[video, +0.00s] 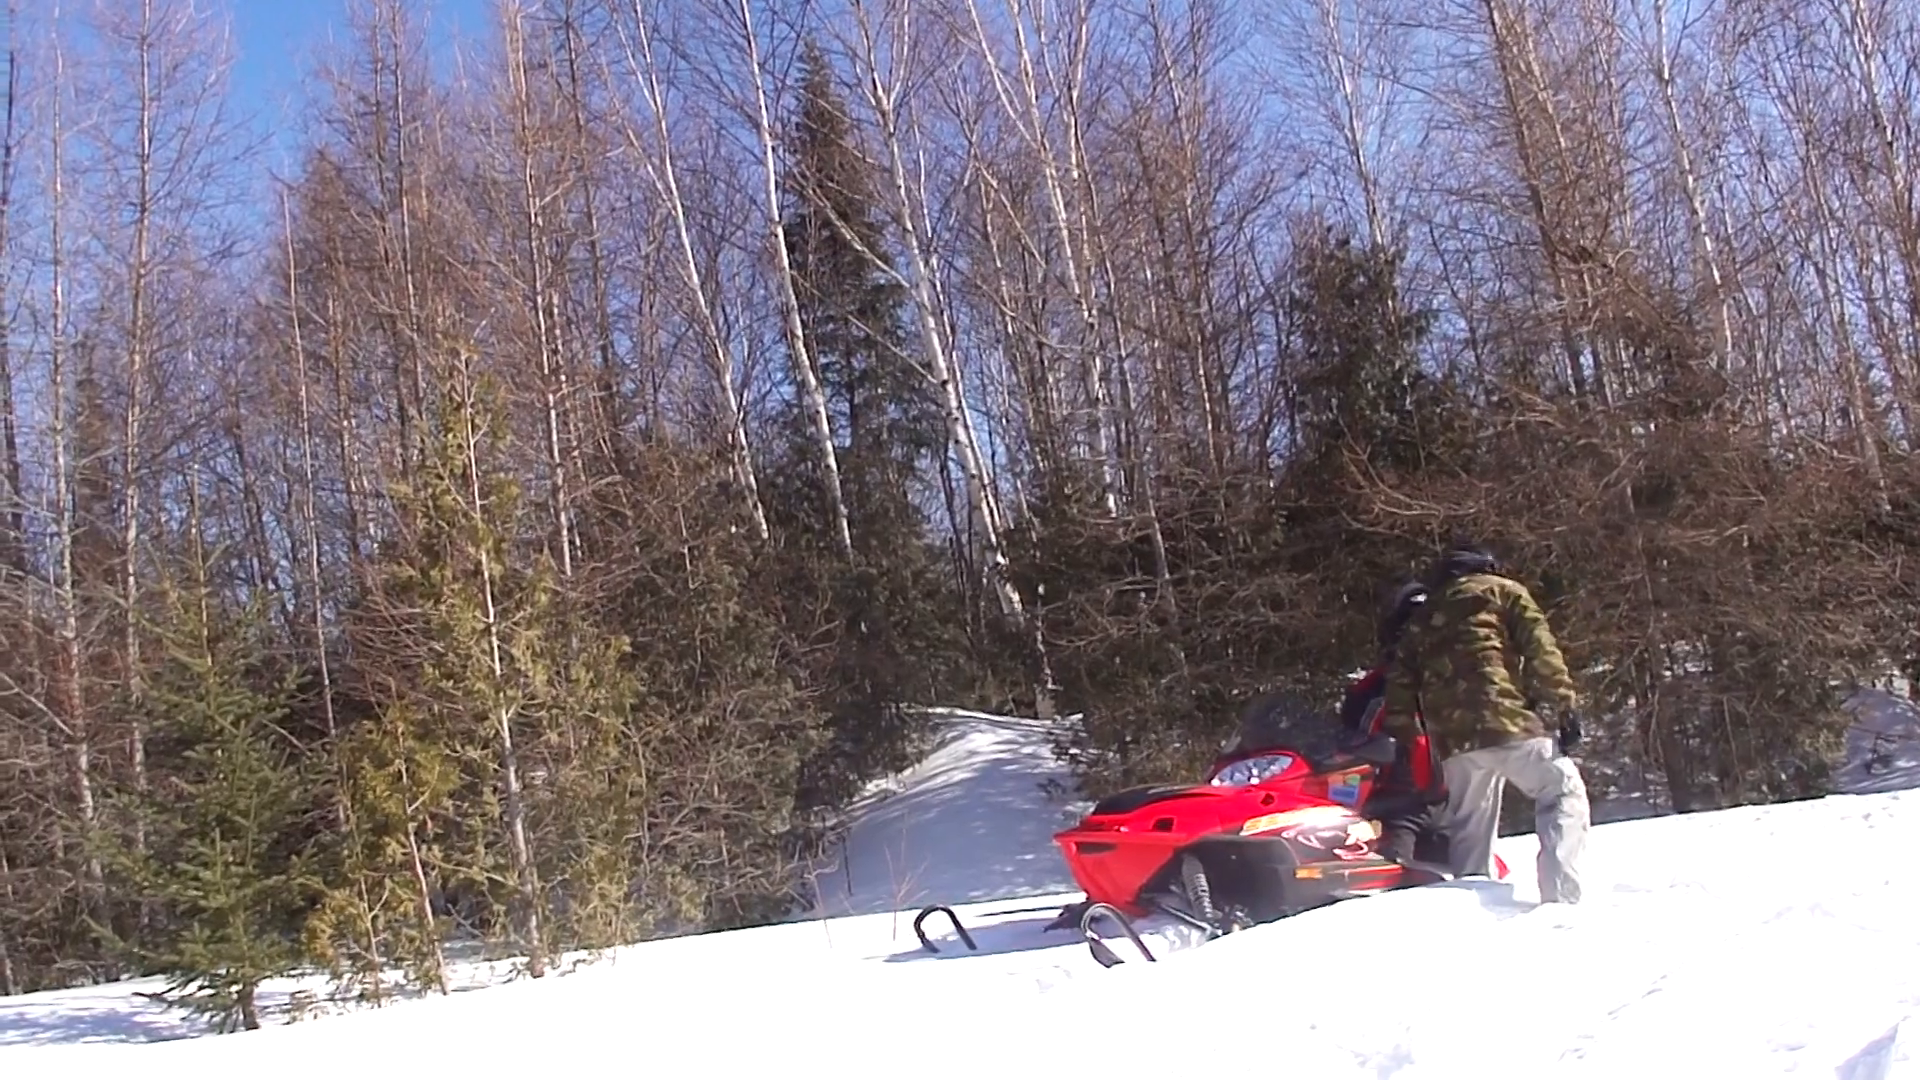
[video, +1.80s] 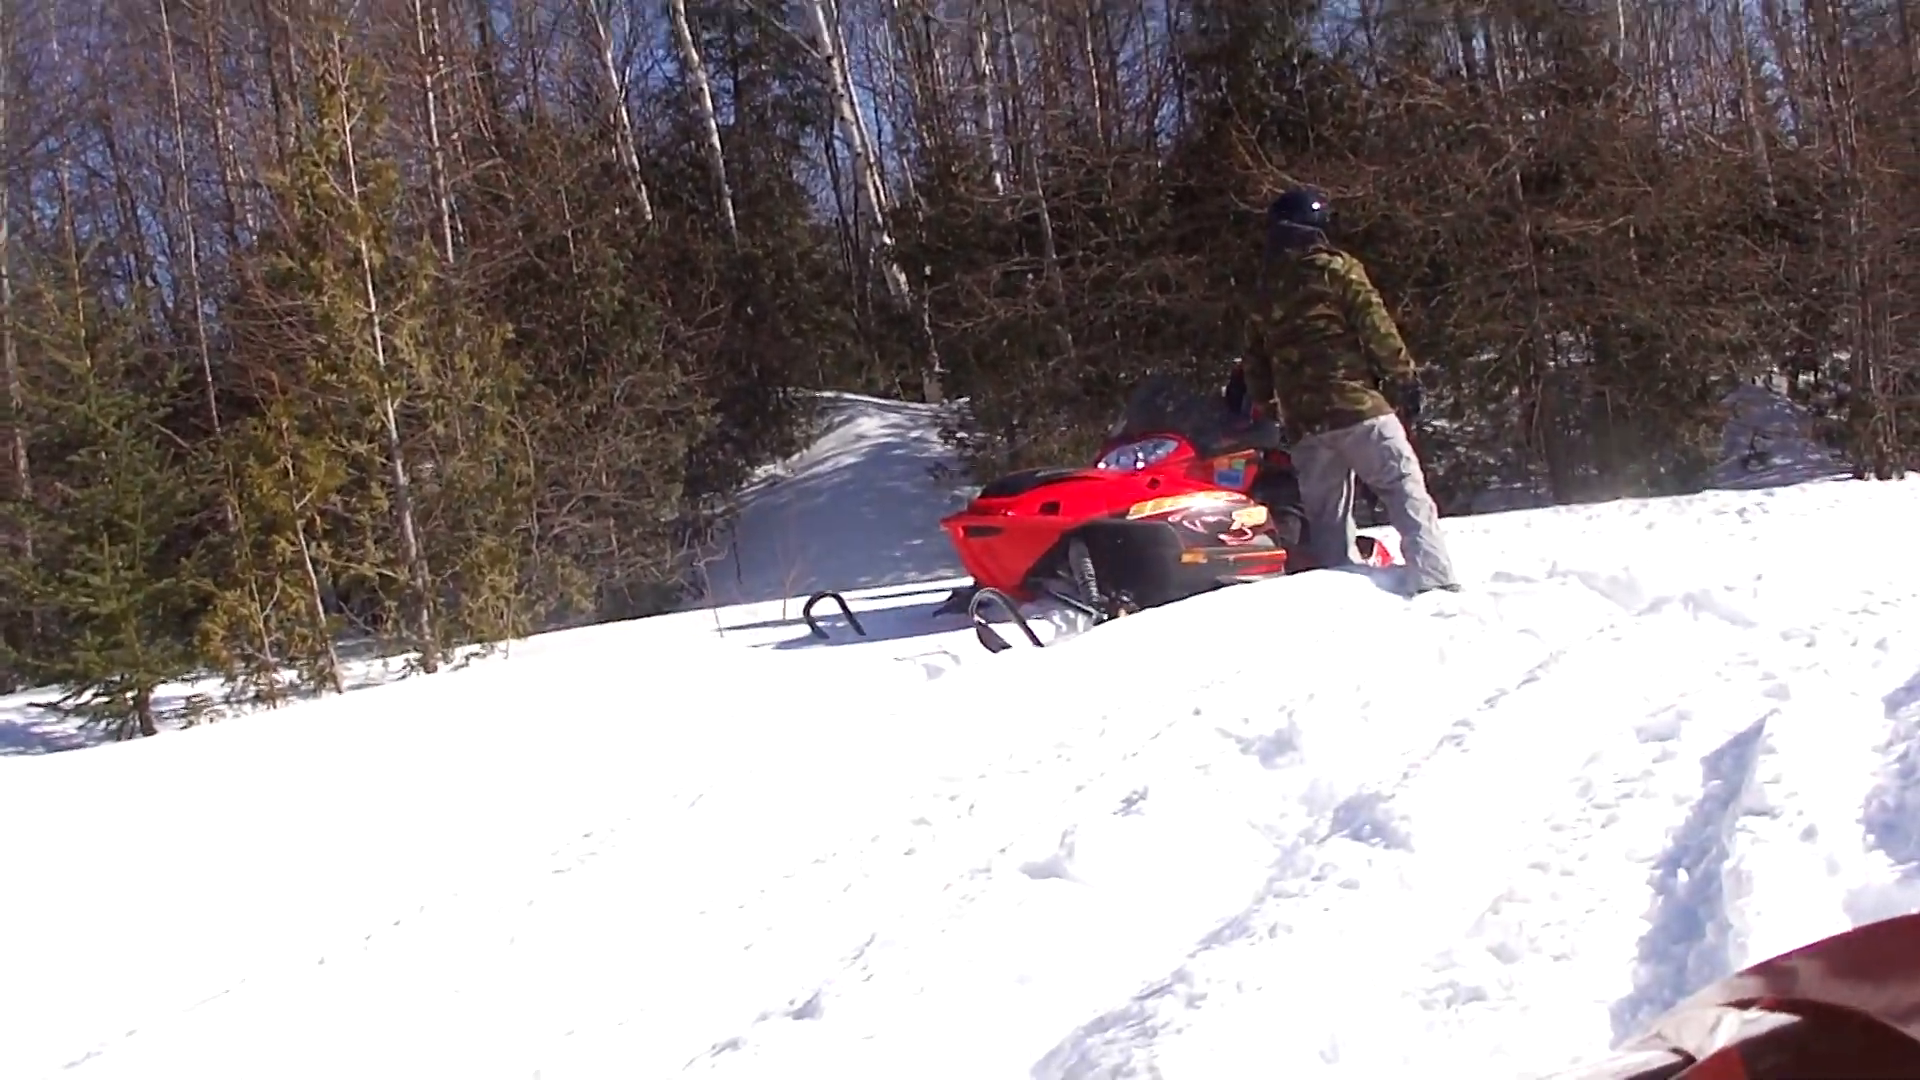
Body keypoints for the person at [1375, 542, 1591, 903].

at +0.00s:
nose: (1499, 573)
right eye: (1494, 567)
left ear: (1445, 573)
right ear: (1487, 567)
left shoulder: (1422, 613)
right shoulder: (1504, 590)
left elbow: (1400, 678)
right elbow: (1540, 649)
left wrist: (1403, 737)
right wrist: (1565, 706)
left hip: (1454, 739)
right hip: (1507, 726)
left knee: (1468, 835)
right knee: (1562, 790)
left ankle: (1468, 912)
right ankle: (1560, 896)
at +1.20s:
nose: (1453, 548)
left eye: (1449, 543)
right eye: (1449, 542)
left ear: (1401, 549)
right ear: (1441, 544)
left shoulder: (1385, 600)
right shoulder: (1460, 579)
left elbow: (1376, 674)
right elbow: (1496, 638)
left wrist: (1393, 717)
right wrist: (1526, 689)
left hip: (1421, 731)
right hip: (1474, 717)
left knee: (1446, 830)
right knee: (1523, 792)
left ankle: (1456, 908)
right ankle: (1554, 889)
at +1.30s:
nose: (1444, 488)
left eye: (1441, 483)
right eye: (1440, 483)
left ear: (1394, 489)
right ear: (1433, 485)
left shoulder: (1376, 540)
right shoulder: (1451, 520)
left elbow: (1368, 613)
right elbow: (1487, 580)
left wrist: (1384, 655)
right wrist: (1516, 627)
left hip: (1412, 669)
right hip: (1466, 655)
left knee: (1436, 768)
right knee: (1514, 731)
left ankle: (1444, 844)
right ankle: (1543, 827)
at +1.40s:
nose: (1409, 386)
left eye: (1406, 380)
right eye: (1405, 380)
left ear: (1355, 387)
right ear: (1398, 382)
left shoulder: (1341, 439)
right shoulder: (1417, 418)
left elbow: (1333, 509)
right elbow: (1452, 478)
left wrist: (1349, 551)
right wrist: (1480, 526)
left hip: (1376, 566)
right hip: (1431, 552)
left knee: (1400, 664)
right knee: (1478, 626)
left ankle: (1409, 741)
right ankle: (1506, 723)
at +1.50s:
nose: (1361, 264)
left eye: (1357, 259)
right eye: (1358, 258)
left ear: (1309, 266)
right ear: (1351, 261)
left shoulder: (1295, 321)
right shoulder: (1372, 299)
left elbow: (1289, 394)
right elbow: (1409, 359)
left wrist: (1306, 435)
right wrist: (1438, 407)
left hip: (1335, 449)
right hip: (1389, 433)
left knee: (1358, 548)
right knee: (1436, 510)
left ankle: (1367, 625)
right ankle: (1462, 603)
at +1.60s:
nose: (1337, 206)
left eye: (1333, 200)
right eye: (1332, 200)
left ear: (1286, 211)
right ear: (1325, 205)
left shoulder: (1271, 268)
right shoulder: (1349, 244)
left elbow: (1266, 344)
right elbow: (1387, 303)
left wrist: (1289, 385)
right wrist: (1418, 352)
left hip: (1315, 394)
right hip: (1369, 378)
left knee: (1336, 494)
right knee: (1414, 457)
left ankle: (1342, 571)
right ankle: (1440, 547)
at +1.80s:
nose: (1326, 227)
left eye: (1322, 221)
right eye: (1322, 221)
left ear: (1276, 230)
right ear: (1317, 224)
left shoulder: (1260, 289)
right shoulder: (1338, 268)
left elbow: (1255, 360)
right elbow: (1375, 327)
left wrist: (1266, 403)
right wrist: (1405, 377)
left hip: (1303, 422)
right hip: (1359, 405)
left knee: (1325, 524)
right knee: (1405, 490)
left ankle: (1335, 601)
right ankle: (1434, 579)